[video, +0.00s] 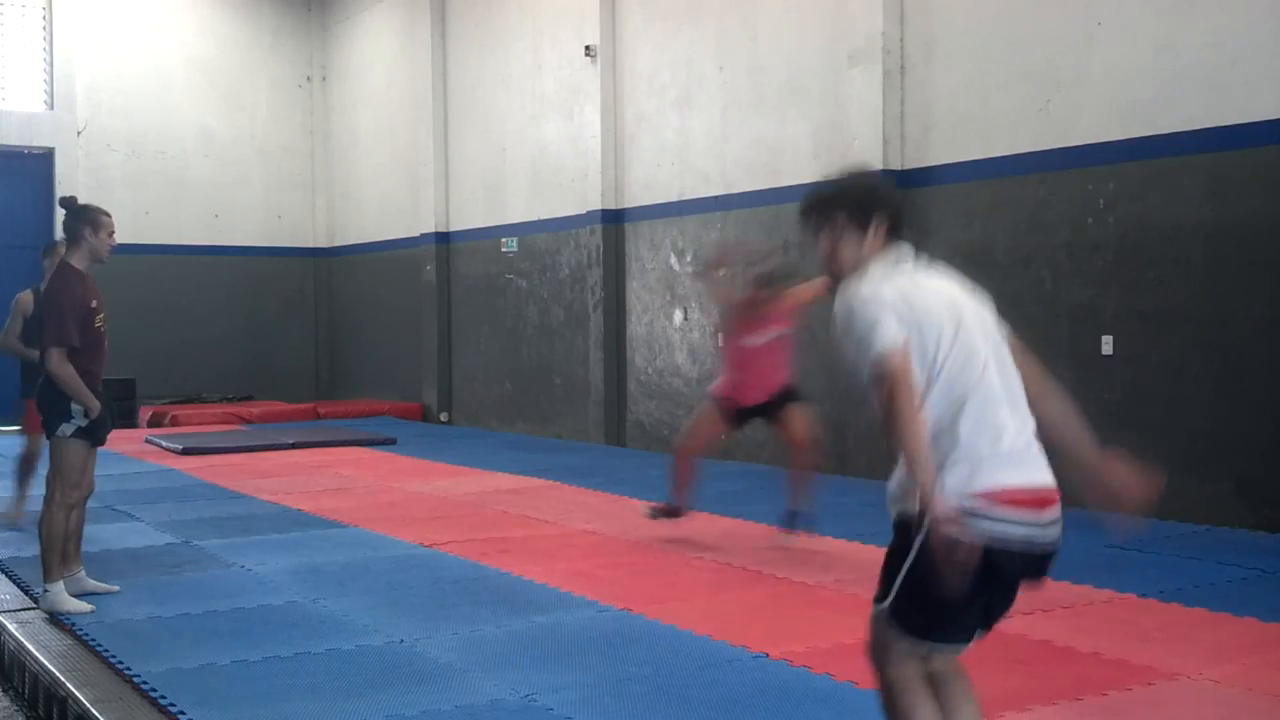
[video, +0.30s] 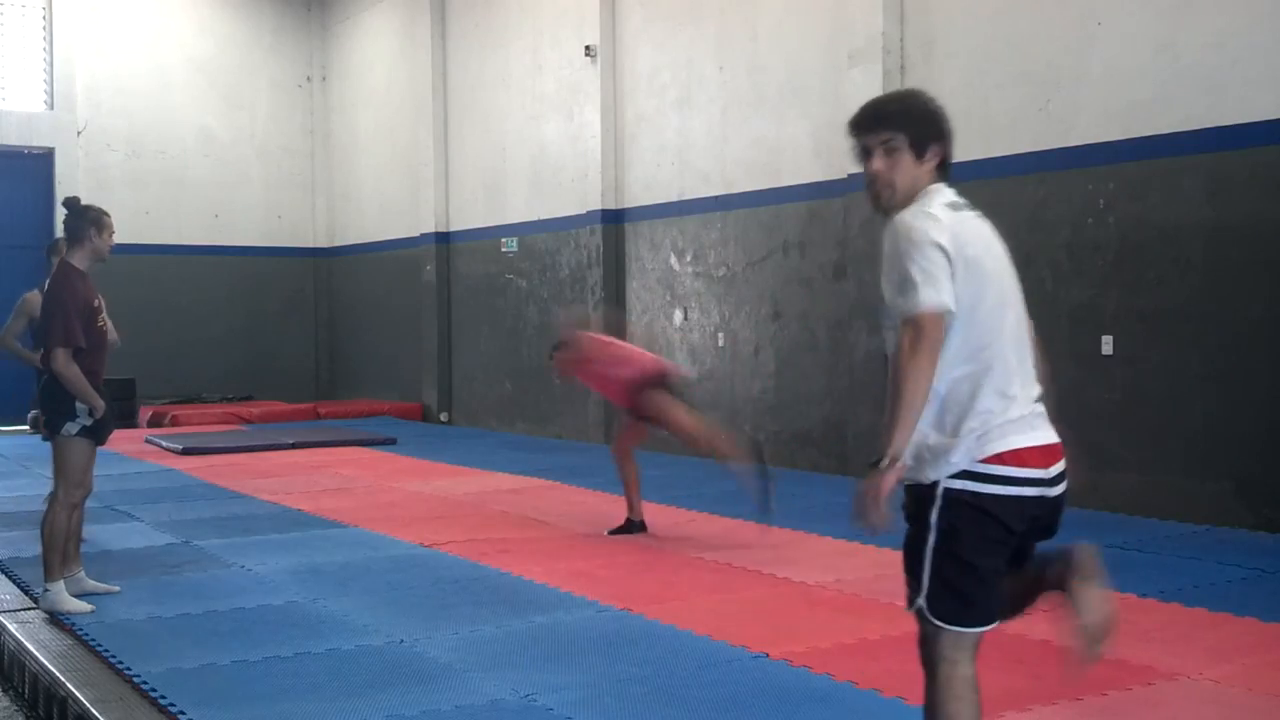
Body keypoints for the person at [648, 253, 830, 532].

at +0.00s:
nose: (762, 299)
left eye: (768, 293)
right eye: (757, 293)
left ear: (777, 291)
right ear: (749, 290)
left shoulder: (784, 304)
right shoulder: (733, 308)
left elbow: (822, 285)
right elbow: (710, 286)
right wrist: (718, 265)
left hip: (777, 396)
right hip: (734, 398)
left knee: (805, 439)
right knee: (687, 444)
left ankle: (794, 514)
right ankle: (678, 505)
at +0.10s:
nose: (689, 343)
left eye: (692, 336)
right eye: (683, 338)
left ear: (699, 330)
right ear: (675, 337)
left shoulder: (720, 336)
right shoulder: (674, 346)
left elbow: (763, 328)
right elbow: (647, 352)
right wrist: (623, 355)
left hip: (746, 406)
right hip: (708, 409)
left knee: (747, 466)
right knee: (655, 443)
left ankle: (761, 530)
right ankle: (650, 509)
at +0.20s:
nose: (595, 365)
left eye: (597, 358)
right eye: (591, 361)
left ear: (611, 350)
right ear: (593, 362)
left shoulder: (645, 356)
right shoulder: (619, 380)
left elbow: (691, 350)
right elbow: (602, 408)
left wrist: (628, 353)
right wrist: (583, 425)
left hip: (711, 404)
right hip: (679, 416)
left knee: (719, 462)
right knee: (638, 450)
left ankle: (762, 527)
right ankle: (638, 521)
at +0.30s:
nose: (560, 371)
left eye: (558, 365)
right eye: (557, 367)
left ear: (563, 352)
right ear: (562, 359)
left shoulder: (578, 346)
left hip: (647, 387)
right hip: (642, 398)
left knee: (691, 428)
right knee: (622, 448)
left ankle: (745, 455)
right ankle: (635, 519)